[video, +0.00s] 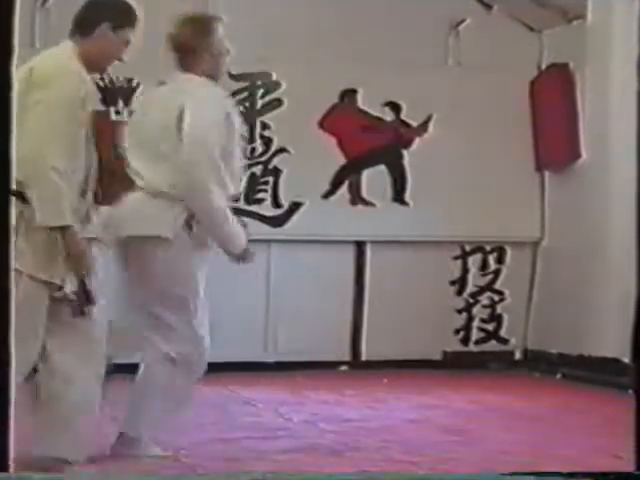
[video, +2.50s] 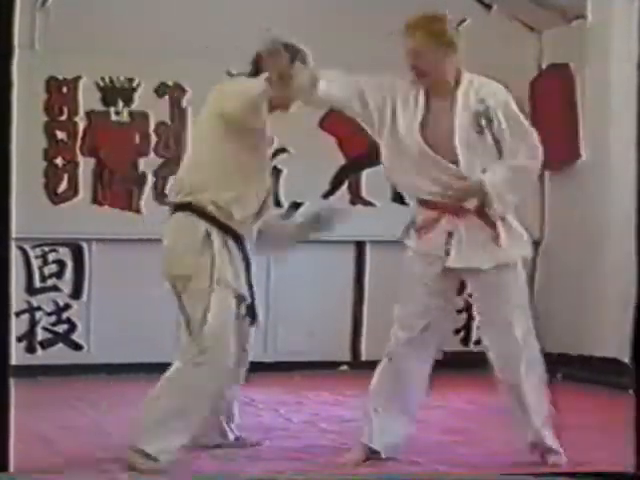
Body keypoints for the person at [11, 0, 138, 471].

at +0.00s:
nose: (123, 55)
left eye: (126, 46)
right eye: (122, 43)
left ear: (94, 31)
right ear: (100, 31)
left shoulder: (49, 70)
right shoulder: (64, 81)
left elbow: (45, 163)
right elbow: (47, 168)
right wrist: (72, 241)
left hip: (40, 229)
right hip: (45, 233)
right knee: (76, 341)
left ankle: (50, 448)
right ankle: (51, 449)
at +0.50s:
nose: (90, 42)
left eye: (92, 31)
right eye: (86, 29)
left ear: (61, 23)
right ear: (60, 22)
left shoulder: (43, 75)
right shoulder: (29, 71)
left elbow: (51, 169)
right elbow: (13, 157)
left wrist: (91, 210)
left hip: (25, 226)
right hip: (14, 228)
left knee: (25, 335)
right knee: (21, 335)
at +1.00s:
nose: (133, 36)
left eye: (134, 26)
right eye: (129, 24)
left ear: (99, 22)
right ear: (104, 22)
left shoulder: (66, 69)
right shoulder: (71, 74)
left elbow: (49, 153)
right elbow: (45, 152)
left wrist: (77, 223)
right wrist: (61, 225)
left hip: (58, 227)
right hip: (58, 230)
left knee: (61, 344)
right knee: (67, 346)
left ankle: (57, 449)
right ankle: (60, 454)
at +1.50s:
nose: (168, 57)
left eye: (170, 47)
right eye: (166, 46)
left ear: (136, 42)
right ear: (143, 42)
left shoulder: (128, 93)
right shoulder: (106, 97)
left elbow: (172, 140)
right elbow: (162, 165)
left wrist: (212, 119)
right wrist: (212, 151)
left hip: (154, 236)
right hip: (123, 236)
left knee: (200, 339)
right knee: (142, 352)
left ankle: (217, 442)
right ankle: (68, 459)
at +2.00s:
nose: (198, 61)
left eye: (200, 51)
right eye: (196, 49)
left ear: (170, 47)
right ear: (173, 44)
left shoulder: (169, 103)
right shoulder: (130, 101)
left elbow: (203, 161)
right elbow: (144, 188)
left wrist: (249, 133)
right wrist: (194, 207)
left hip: (170, 240)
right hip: (134, 241)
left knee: (216, 326)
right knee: (159, 352)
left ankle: (220, 439)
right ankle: (107, 456)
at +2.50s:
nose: (294, 99)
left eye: (299, 91)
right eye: (293, 86)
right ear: (271, 71)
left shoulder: (260, 141)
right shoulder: (229, 93)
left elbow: (261, 226)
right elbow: (242, 103)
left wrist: (313, 219)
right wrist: (272, 83)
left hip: (227, 243)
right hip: (198, 232)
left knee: (233, 340)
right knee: (215, 344)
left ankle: (214, 428)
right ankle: (150, 445)